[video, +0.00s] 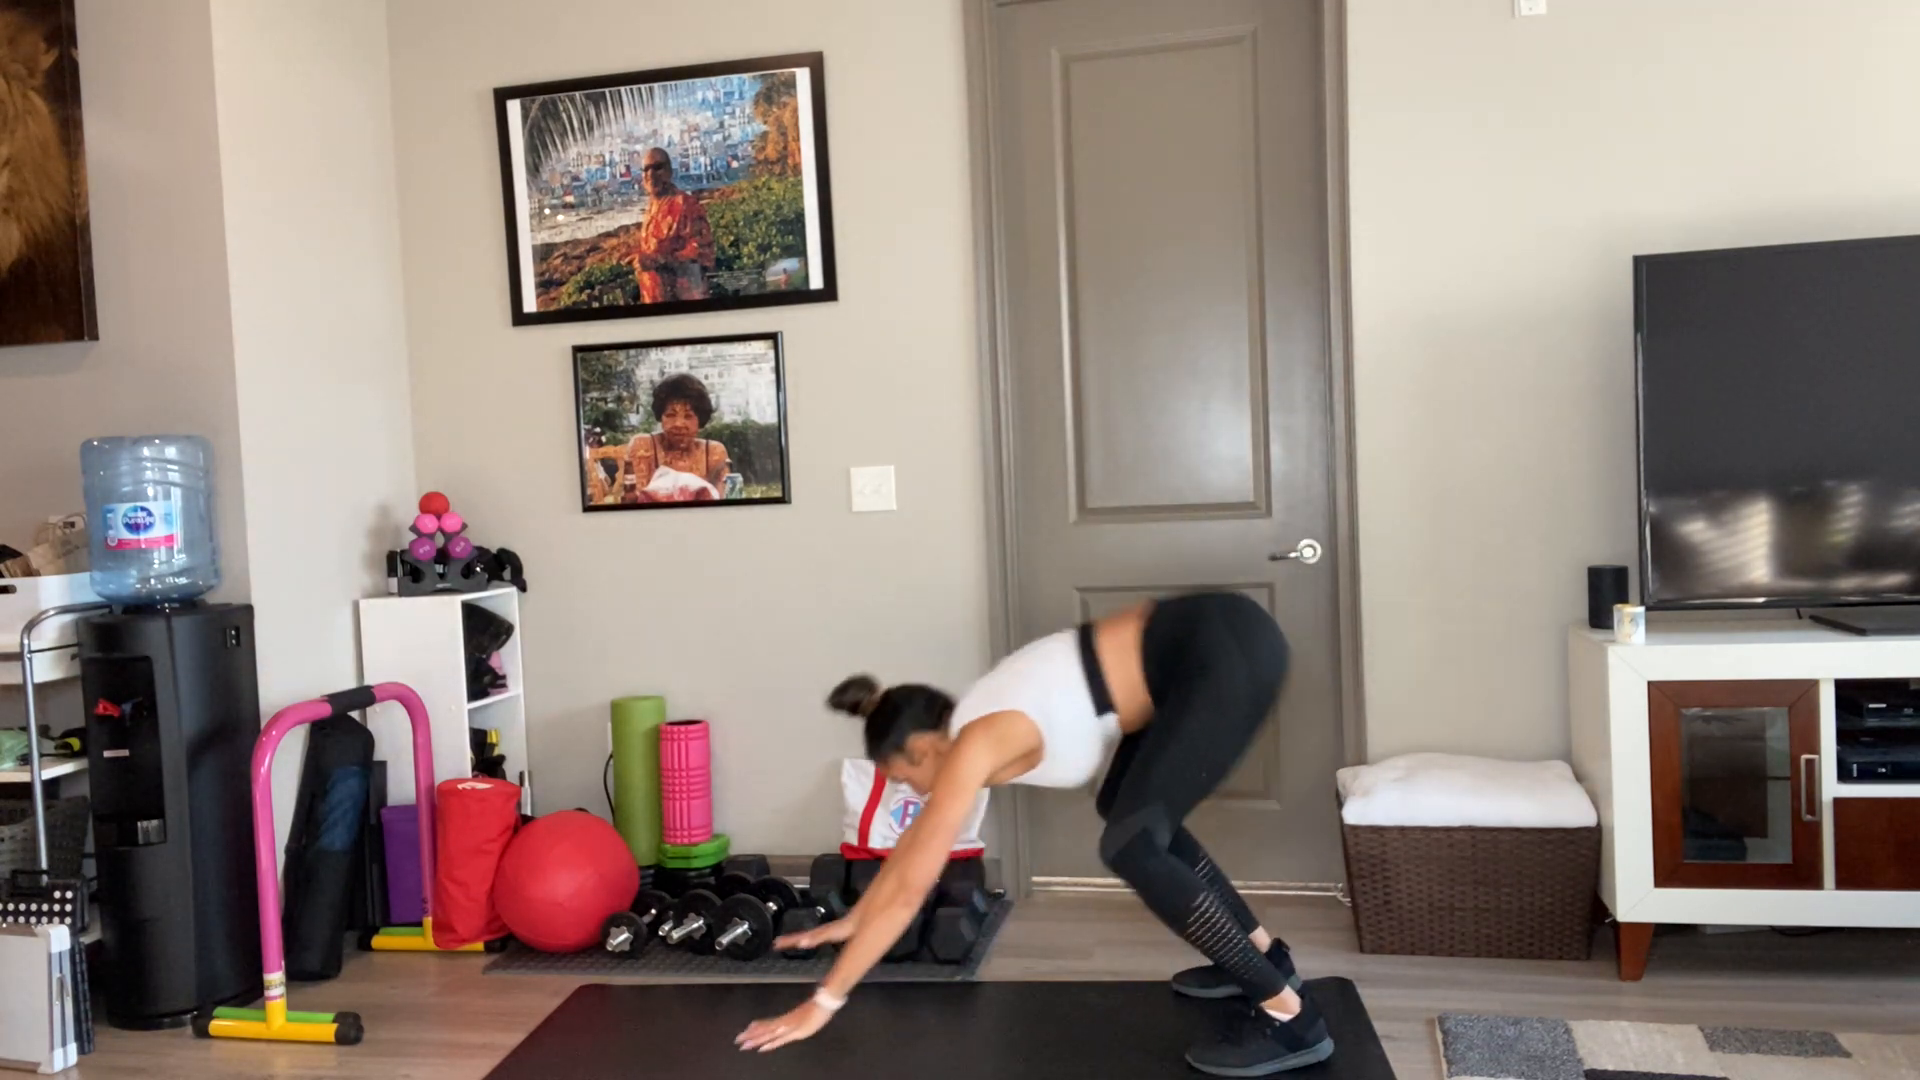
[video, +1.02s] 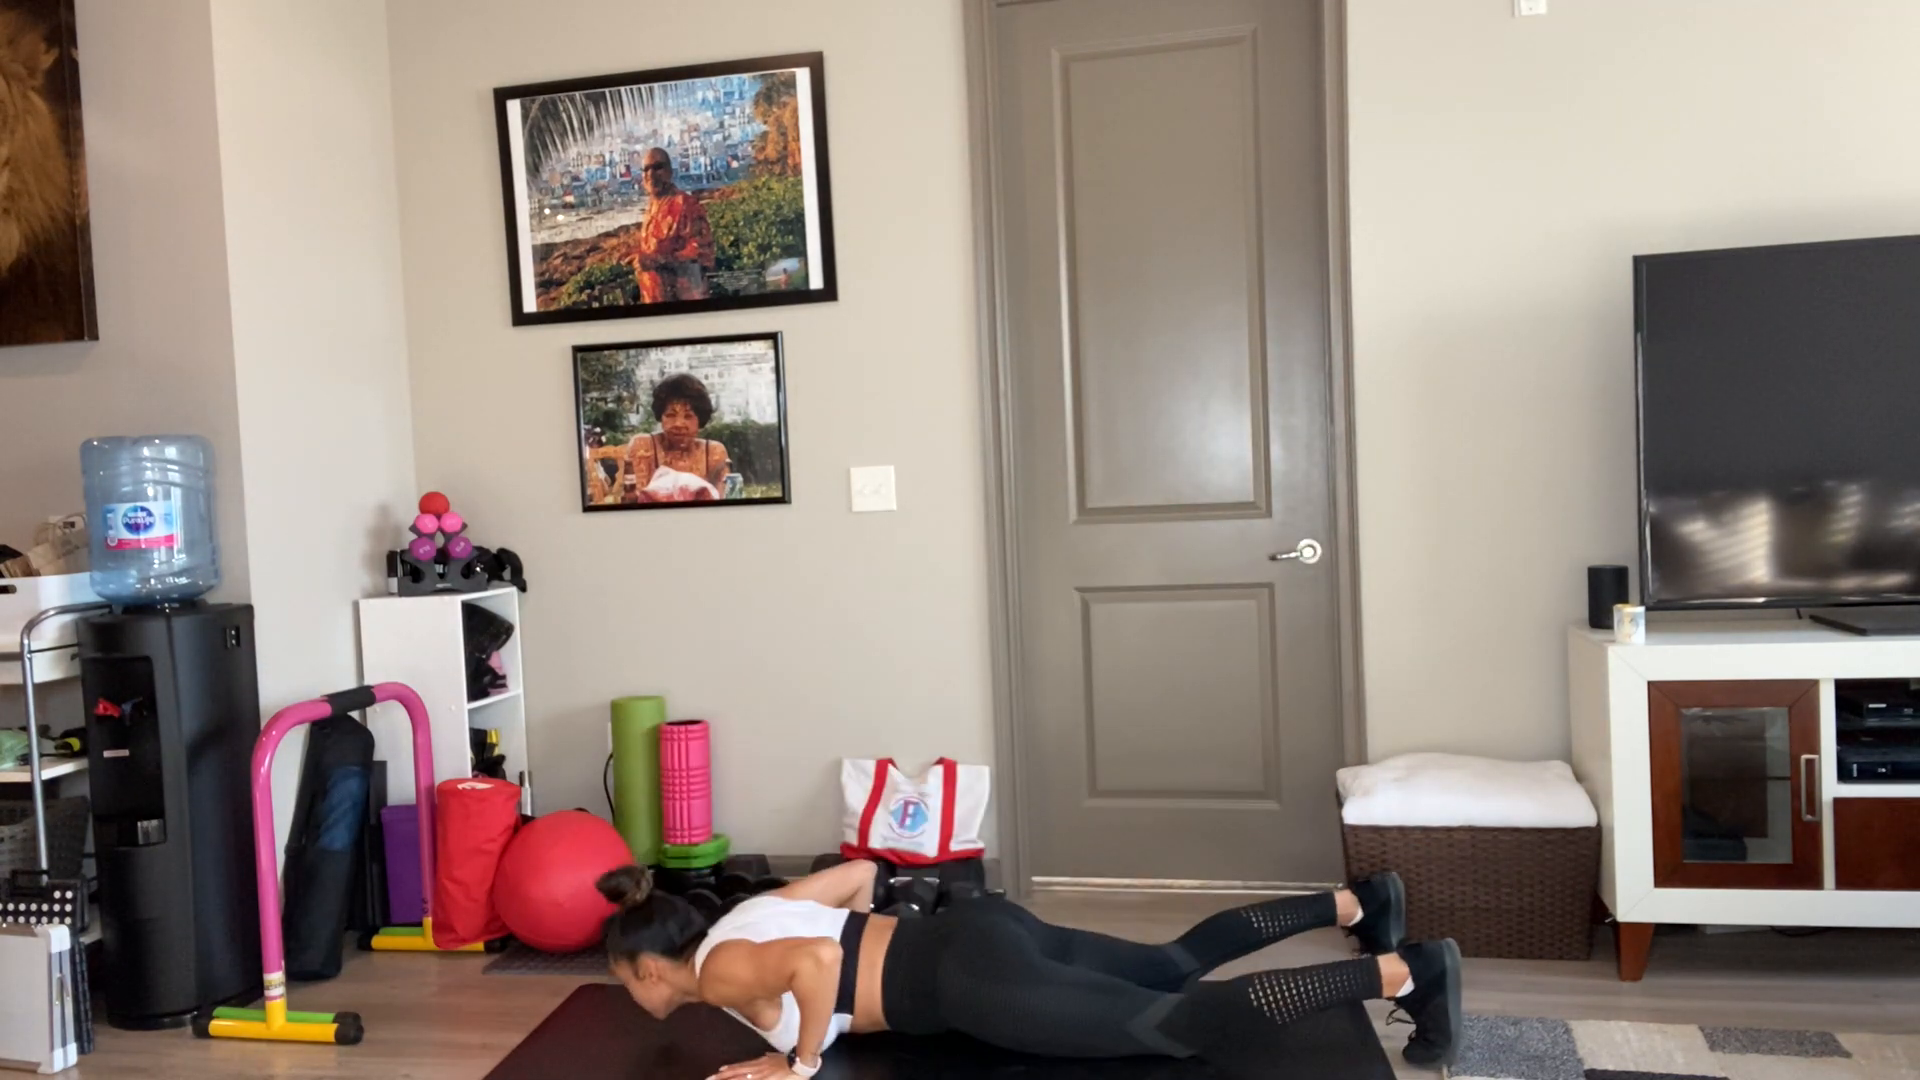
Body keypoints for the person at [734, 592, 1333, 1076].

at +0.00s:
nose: (912, 787)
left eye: (907, 774)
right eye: (902, 779)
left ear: (926, 744)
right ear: (931, 733)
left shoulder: (981, 744)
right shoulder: (975, 724)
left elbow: (910, 888)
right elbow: (915, 851)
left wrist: (825, 1000)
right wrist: (847, 920)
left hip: (1223, 649)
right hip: (1192, 648)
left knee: (1132, 841)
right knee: (1128, 810)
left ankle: (1288, 1015)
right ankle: (1255, 952)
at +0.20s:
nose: (809, 824)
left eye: (798, 812)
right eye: (799, 815)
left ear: (808, 783)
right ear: (821, 762)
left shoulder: (868, 776)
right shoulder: (881, 754)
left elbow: (843, 920)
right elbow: (861, 897)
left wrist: (802, 1052)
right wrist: (810, 978)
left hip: (1070, 619)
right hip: (1071, 618)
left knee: (1181, 808)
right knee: (1184, 782)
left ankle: (1387, 936)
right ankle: (1354, 849)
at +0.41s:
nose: (692, 827)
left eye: (686, 812)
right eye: (681, 817)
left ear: (705, 783)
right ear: (716, 767)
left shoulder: (777, 792)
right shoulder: (797, 759)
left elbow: (818, 930)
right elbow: (841, 894)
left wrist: (801, 1054)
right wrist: (819, 977)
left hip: (1005, 761)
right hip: (1016, 738)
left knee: (1187, 888)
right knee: (1192, 853)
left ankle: (1413, 967)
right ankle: (1365, 898)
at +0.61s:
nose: (662, 880)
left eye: (656, 867)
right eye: (652, 871)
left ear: (681, 833)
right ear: (691, 819)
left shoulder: (751, 856)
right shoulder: (767, 814)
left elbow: (828, 958)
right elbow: (848, 914)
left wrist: (798, 1062)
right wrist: (811, 971)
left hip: (970, 879)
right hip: (986, 843)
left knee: (1173, 970)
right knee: (1177, 927)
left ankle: (1415, 971)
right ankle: (1370, 907)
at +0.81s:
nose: (639, 981)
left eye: (635, 967)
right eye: (632, 971)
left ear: (661, 943)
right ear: (676, 914)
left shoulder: (723, 952)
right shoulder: (756, 905)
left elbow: (822, 970)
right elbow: (869, 879)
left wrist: (798, 1059)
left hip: (953, 952)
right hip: (963, 905)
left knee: (1169, 1001)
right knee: (1173, 946)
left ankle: (1402, 972)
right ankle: (1355, 903)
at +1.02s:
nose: (637, 995)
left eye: (633, 980)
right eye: (630, 984)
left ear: (661, 959)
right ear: (675, 932)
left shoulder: (720, 967)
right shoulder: (747, 921)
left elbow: (817, 964)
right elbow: (857, 880)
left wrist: (797, 1059)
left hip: (951, 972)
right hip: (965, 924)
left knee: (1161, 1022)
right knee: (1169, 973)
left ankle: (1392, 984)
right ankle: (1356, 919)